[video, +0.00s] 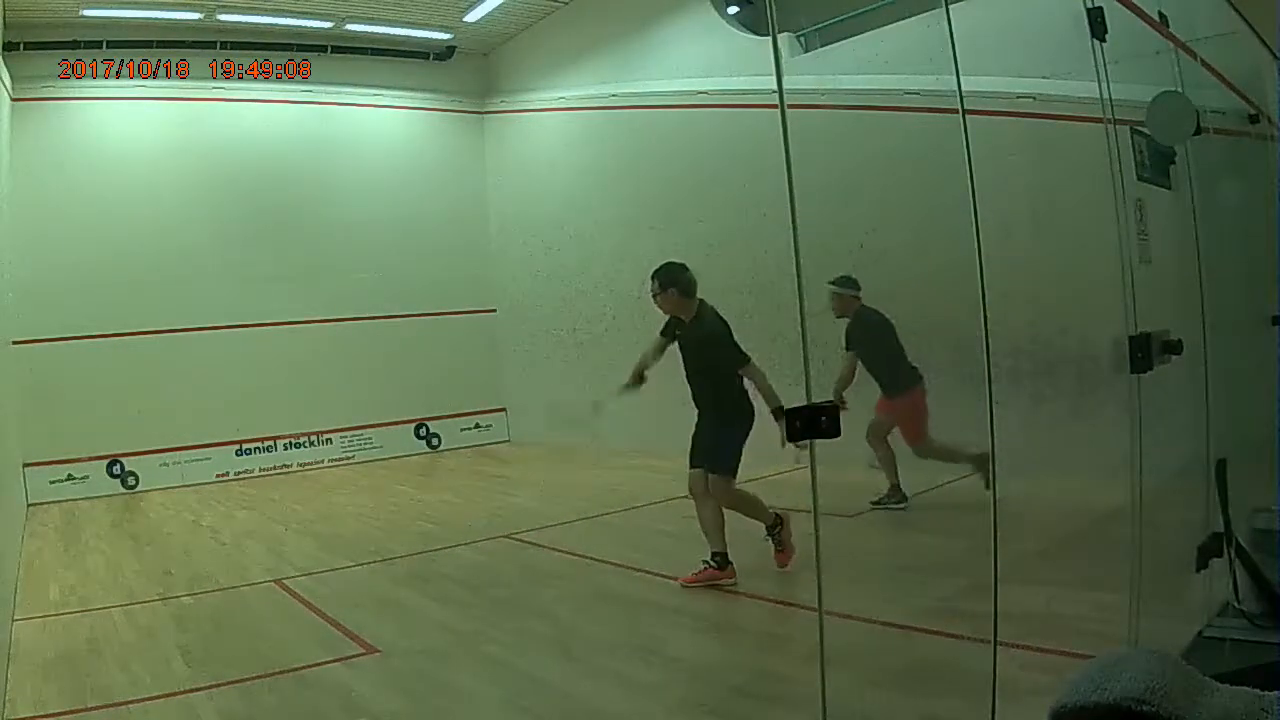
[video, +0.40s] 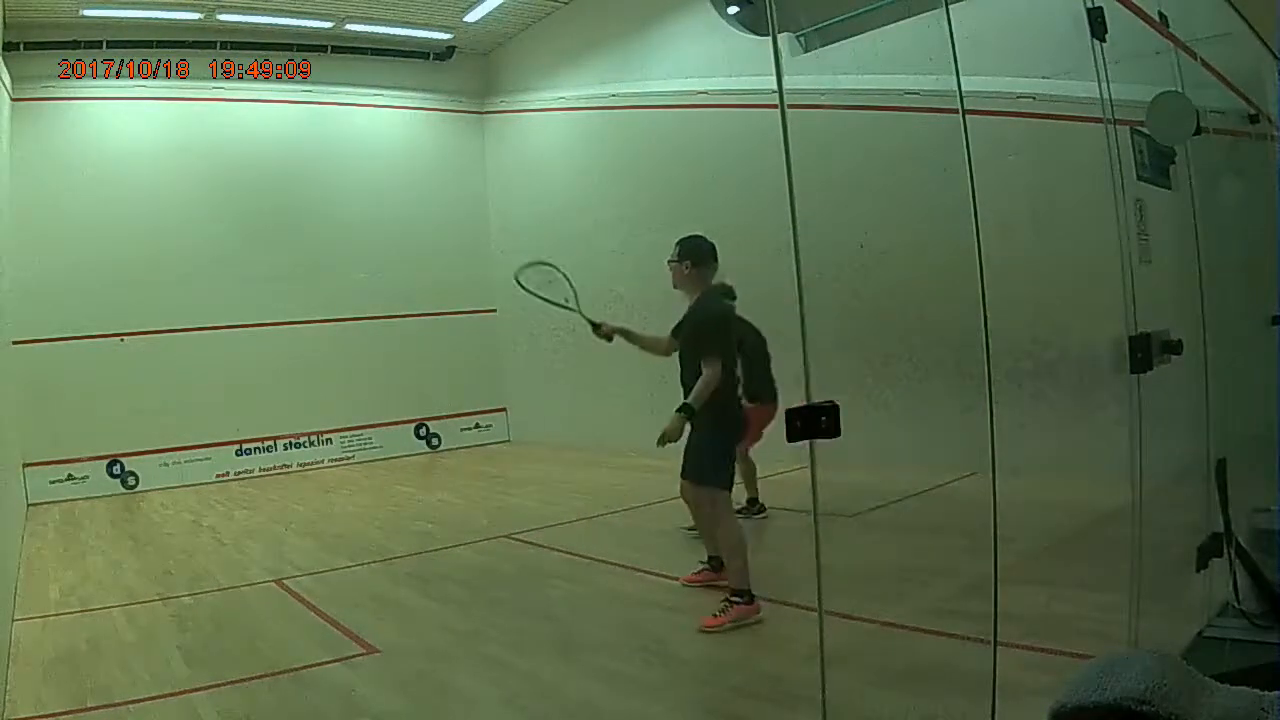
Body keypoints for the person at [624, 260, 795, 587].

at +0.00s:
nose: (655, 301)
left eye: (657, 294)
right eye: (653, 295)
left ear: (676, 292)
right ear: (675, 292)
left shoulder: (712, 329)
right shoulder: (679, 318)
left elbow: (753, 373)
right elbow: (658, 347)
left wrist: (782, 417)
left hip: (733, 415)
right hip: (708, 414)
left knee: (720, 491)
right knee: (698, 487)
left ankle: (775, 524)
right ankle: (720, 562)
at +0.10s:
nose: (655, 287)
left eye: (659, 281)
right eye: (655, 281)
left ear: (678, 281)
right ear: (679, 281)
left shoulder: (709, 319)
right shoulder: (685, 304)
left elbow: (749, 358)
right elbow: (671, 306)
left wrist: (777, 396)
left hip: (723, 412)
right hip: (702, 411)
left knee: (709, 487)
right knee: (695, 485)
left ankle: (765, 543)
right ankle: (719, 563)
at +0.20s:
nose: (658, 278)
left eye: (662, 271)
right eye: (658, 272)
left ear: (681, 273)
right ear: (682, 274)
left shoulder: (704, 311)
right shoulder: (690, 300)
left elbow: (736, 360)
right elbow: (679, 301)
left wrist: (760, 401)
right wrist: (652, 291)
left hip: (717, 411)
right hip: (701, 409)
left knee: (709, 489)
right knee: (695, 486)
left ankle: (759, 567)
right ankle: (718, 565)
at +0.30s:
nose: (663, 271)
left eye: (667, 265)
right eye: (664, 265)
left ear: (683, 268)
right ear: (690, 268)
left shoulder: (707, 307)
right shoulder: (690, 302)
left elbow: (719, 366)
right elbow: (661, 313)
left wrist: (712, 411)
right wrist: (628, 298)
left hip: (716, 413)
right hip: (698, 411)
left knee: (717, 494)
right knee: (696, 486)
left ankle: (736, 586)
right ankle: (718, 565)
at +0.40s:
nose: (669, 270)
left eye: (673, 264)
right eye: (671, 264)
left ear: (688, 268)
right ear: (698, 268)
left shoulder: (711, 311)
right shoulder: (699, 309)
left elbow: (712, 374)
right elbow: (665, 347)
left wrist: (682, 415)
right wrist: (619, 332)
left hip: (720, 418)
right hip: (708, 416)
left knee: (716, 501)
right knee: (692, 489)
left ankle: (743, 598)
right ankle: (718, 564)